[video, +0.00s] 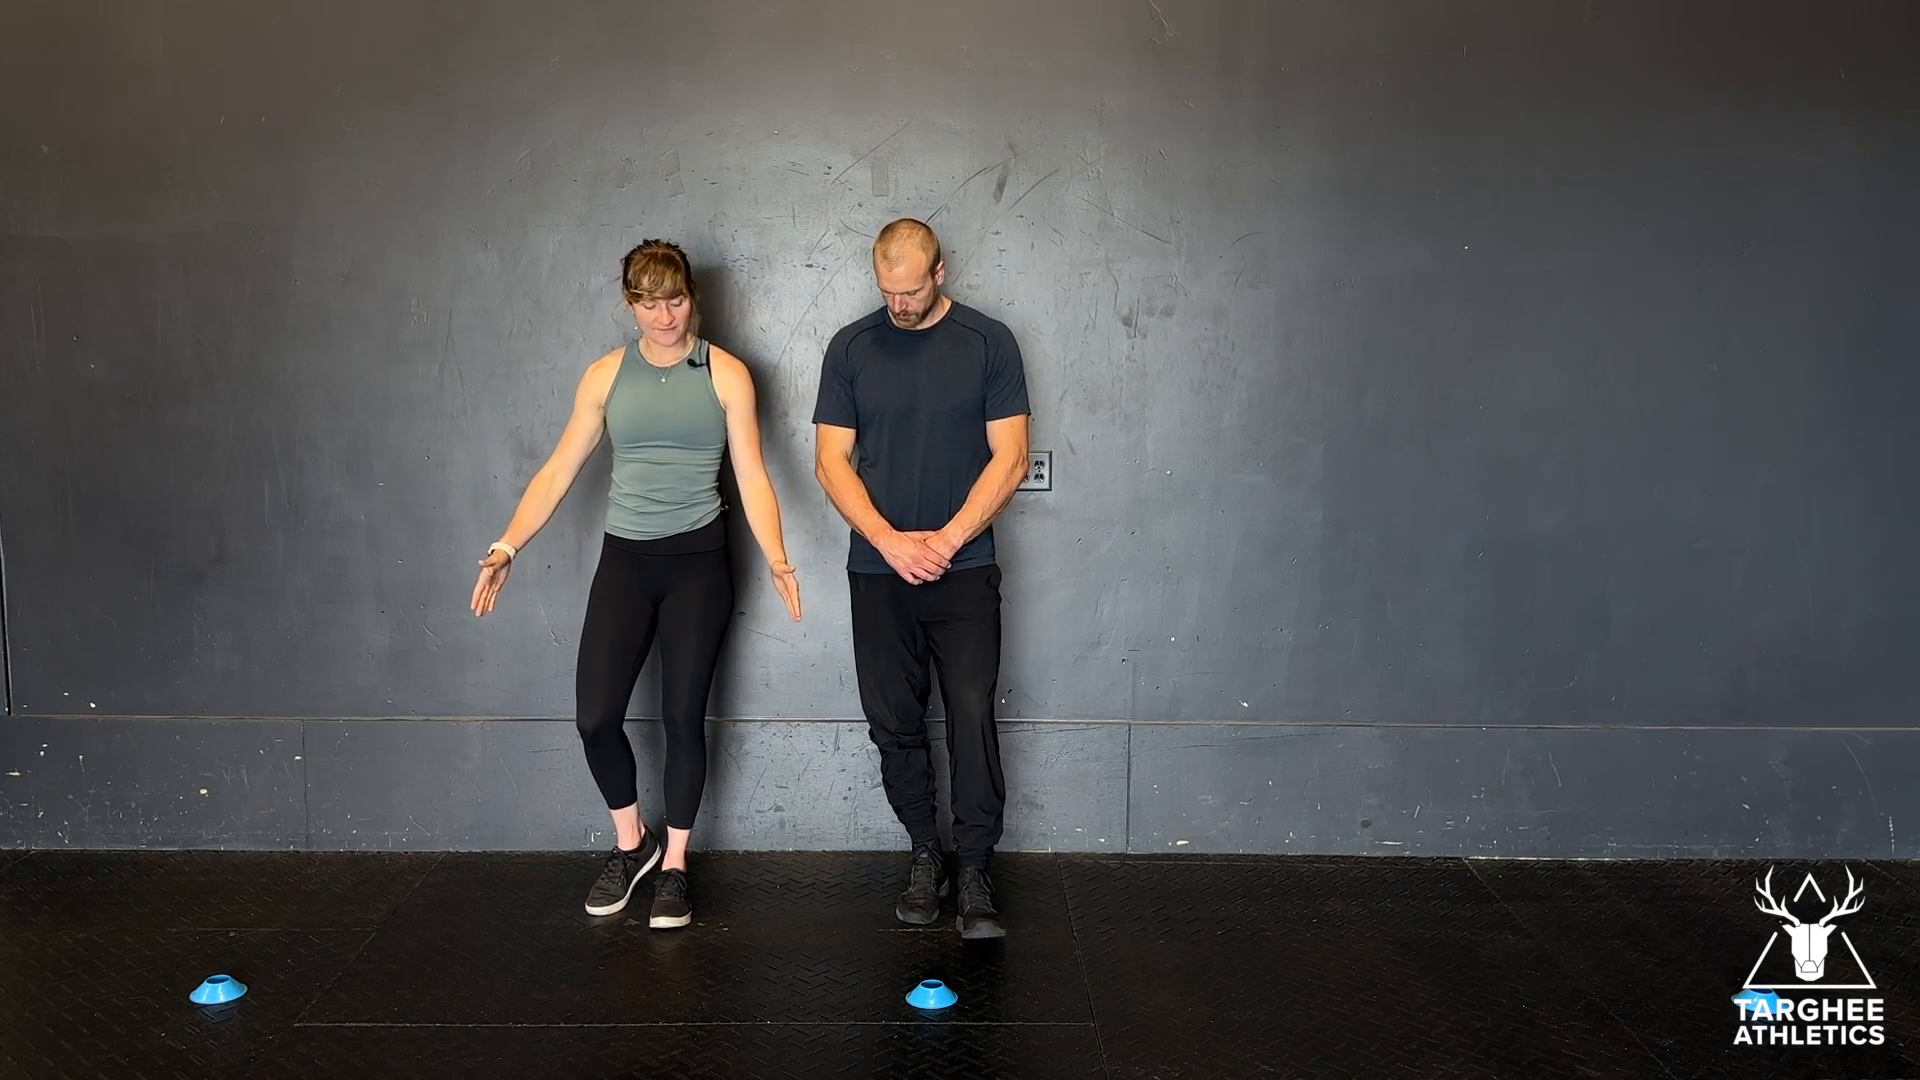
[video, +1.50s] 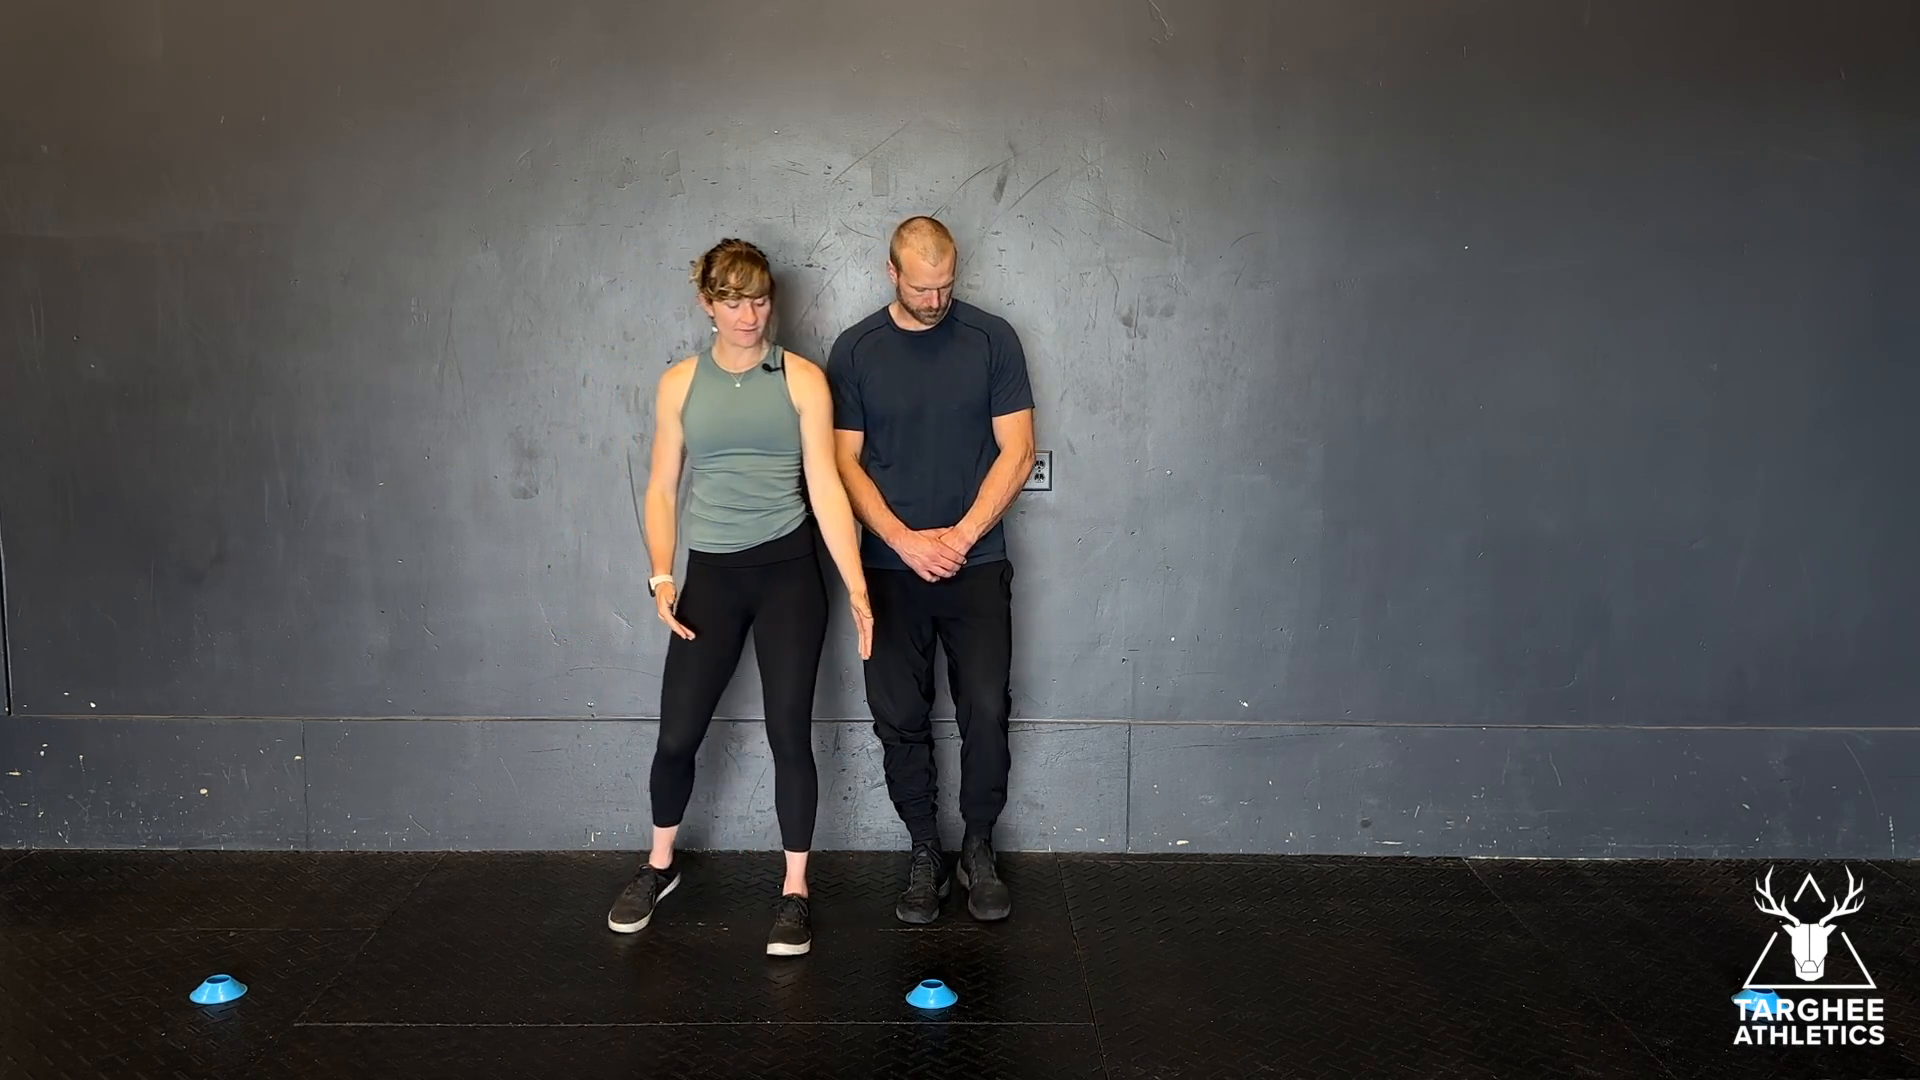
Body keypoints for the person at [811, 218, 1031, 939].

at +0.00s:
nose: (899, 304)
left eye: (911, 292)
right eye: (889, 292)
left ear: (938, 274)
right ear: (874, 278)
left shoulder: (988, 343)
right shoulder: (851, 348)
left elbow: (1011, 461)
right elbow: (830, 461)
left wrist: (946, 539)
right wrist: (887, 538)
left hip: (963, 564)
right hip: (878, 566)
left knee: (972, 715)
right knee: (895, 721)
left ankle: (975, 870)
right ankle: (926, 855)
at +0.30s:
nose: (902, 301)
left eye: (914, 288)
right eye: (891, 289)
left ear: (940, 271)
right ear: (876, 277)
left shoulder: (988, 341)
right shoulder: (852, 347)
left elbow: (1011, 459)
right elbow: (832, 462)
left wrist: (946, 539)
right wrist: (886, 537)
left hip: (964, 570)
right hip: (881, 571)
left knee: (971, 724)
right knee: (897, 725)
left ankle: (976, 884)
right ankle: (929, 855)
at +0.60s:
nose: (912, 301)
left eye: (922, 289)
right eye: (900, 291)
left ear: (941, 271)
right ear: (882, 277)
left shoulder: (987, 341)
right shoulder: (850, 349)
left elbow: (1013, 457)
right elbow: (832, 464)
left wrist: (951, 539)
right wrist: (891, 539)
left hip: (967, 564)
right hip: (883, 566)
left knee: (974, 718)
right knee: (897, 720)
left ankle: (976, 870)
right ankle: (927, 854)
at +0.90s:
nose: (931, 298)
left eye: (940, 285)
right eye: (918, 287)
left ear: (949, 270)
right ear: (888, 273)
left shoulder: (985, 341)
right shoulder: (849, 348)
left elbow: (1011, 457)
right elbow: (831, 465)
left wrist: (950, 539)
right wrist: (891, 538)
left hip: (966, 568)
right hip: (882, 571)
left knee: (971, 726)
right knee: (898, 726)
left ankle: (977, 882)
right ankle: (928, 856)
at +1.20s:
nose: (935, 295)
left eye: (944, 282)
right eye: (923, 284)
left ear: (952, 269)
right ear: (891, 272)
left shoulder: (984, 339)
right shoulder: (849, 348)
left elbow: (1011, 454)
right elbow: (833, 463)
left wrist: (954, 537)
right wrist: (893, 537)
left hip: (965, 567)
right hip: (883, 571)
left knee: (970, 723)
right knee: (897, 724)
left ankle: (977, 879)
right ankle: (927, 858)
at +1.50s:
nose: (934, 294)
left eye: (943, 282)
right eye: (921, 283)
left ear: (954, 270)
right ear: (893, 272)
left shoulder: (990, 339)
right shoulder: (854, 352)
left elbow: (1019, 453)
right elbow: (845, 464)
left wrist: (962, 535)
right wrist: (901, 537)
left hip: (975, 559)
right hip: (888, 561)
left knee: (986, 709)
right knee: (899, 715)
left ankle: (978, 849)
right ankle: (925, 853)